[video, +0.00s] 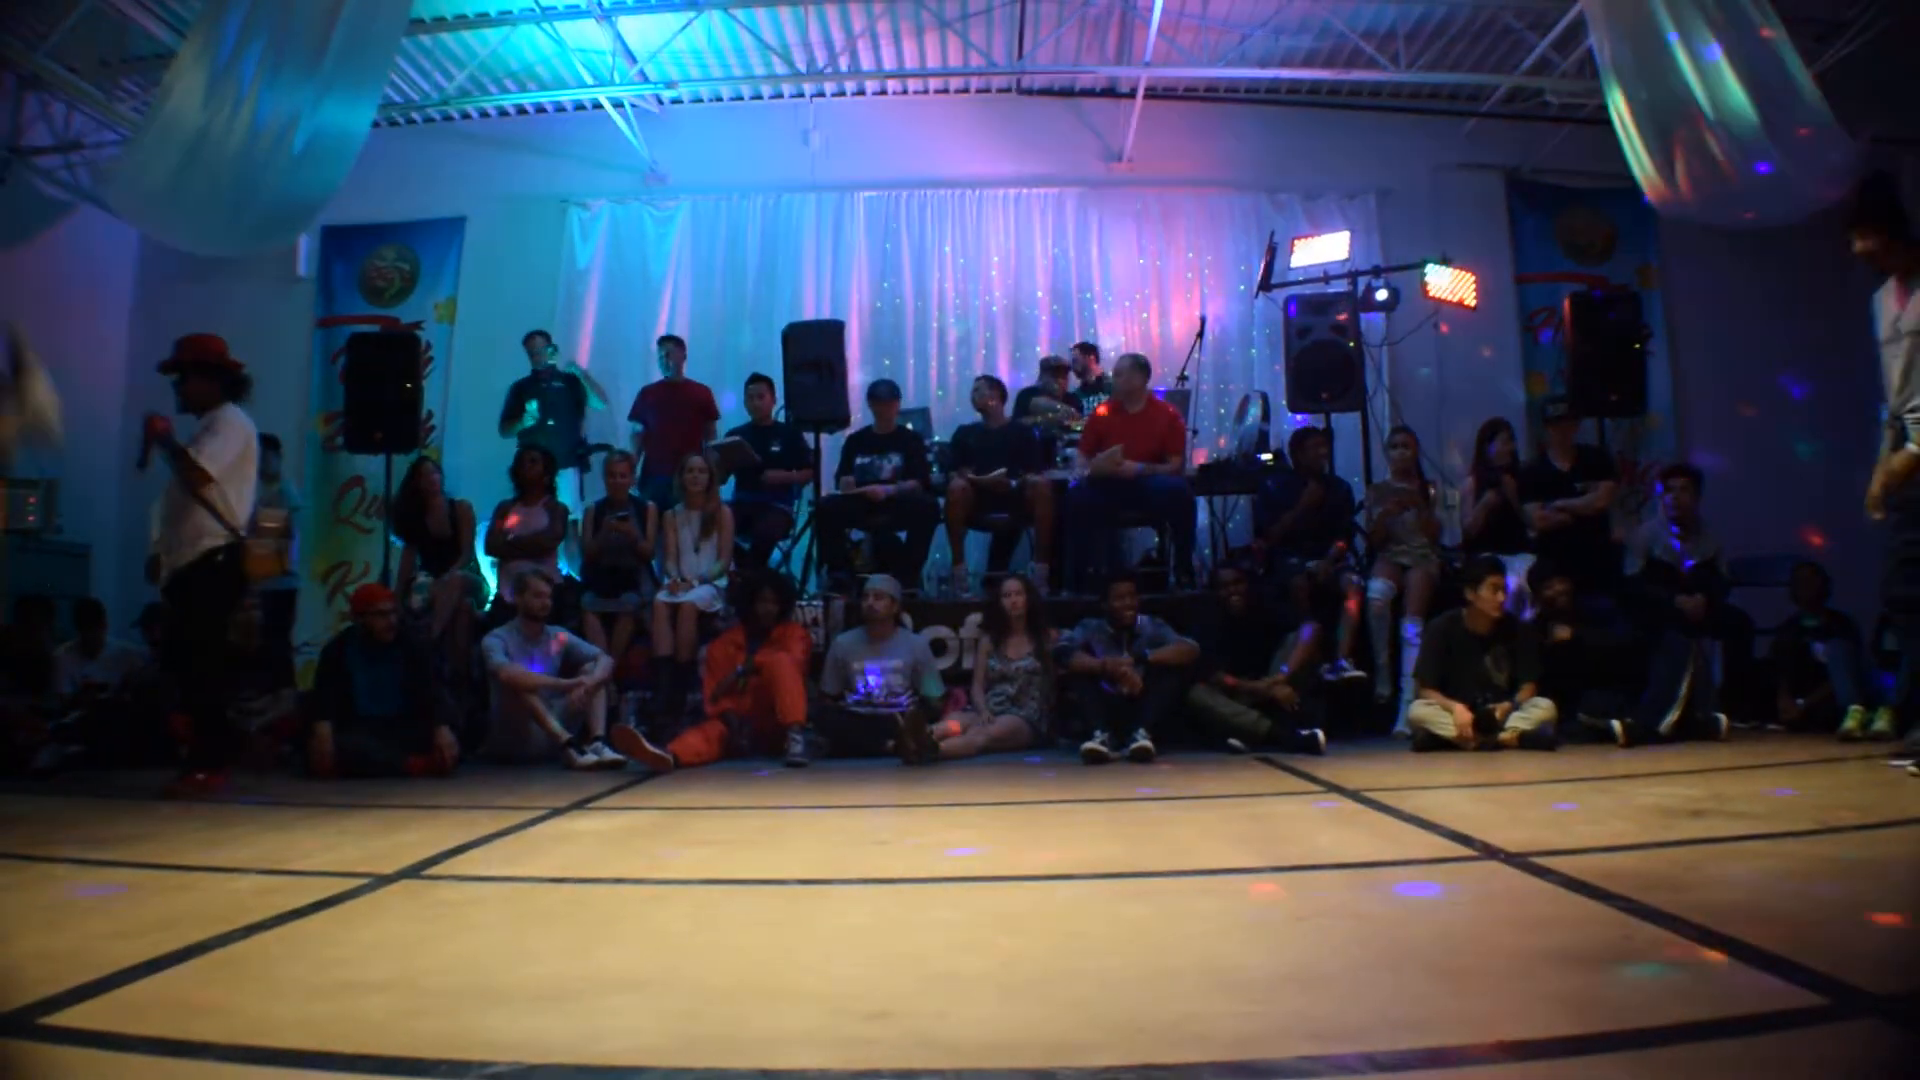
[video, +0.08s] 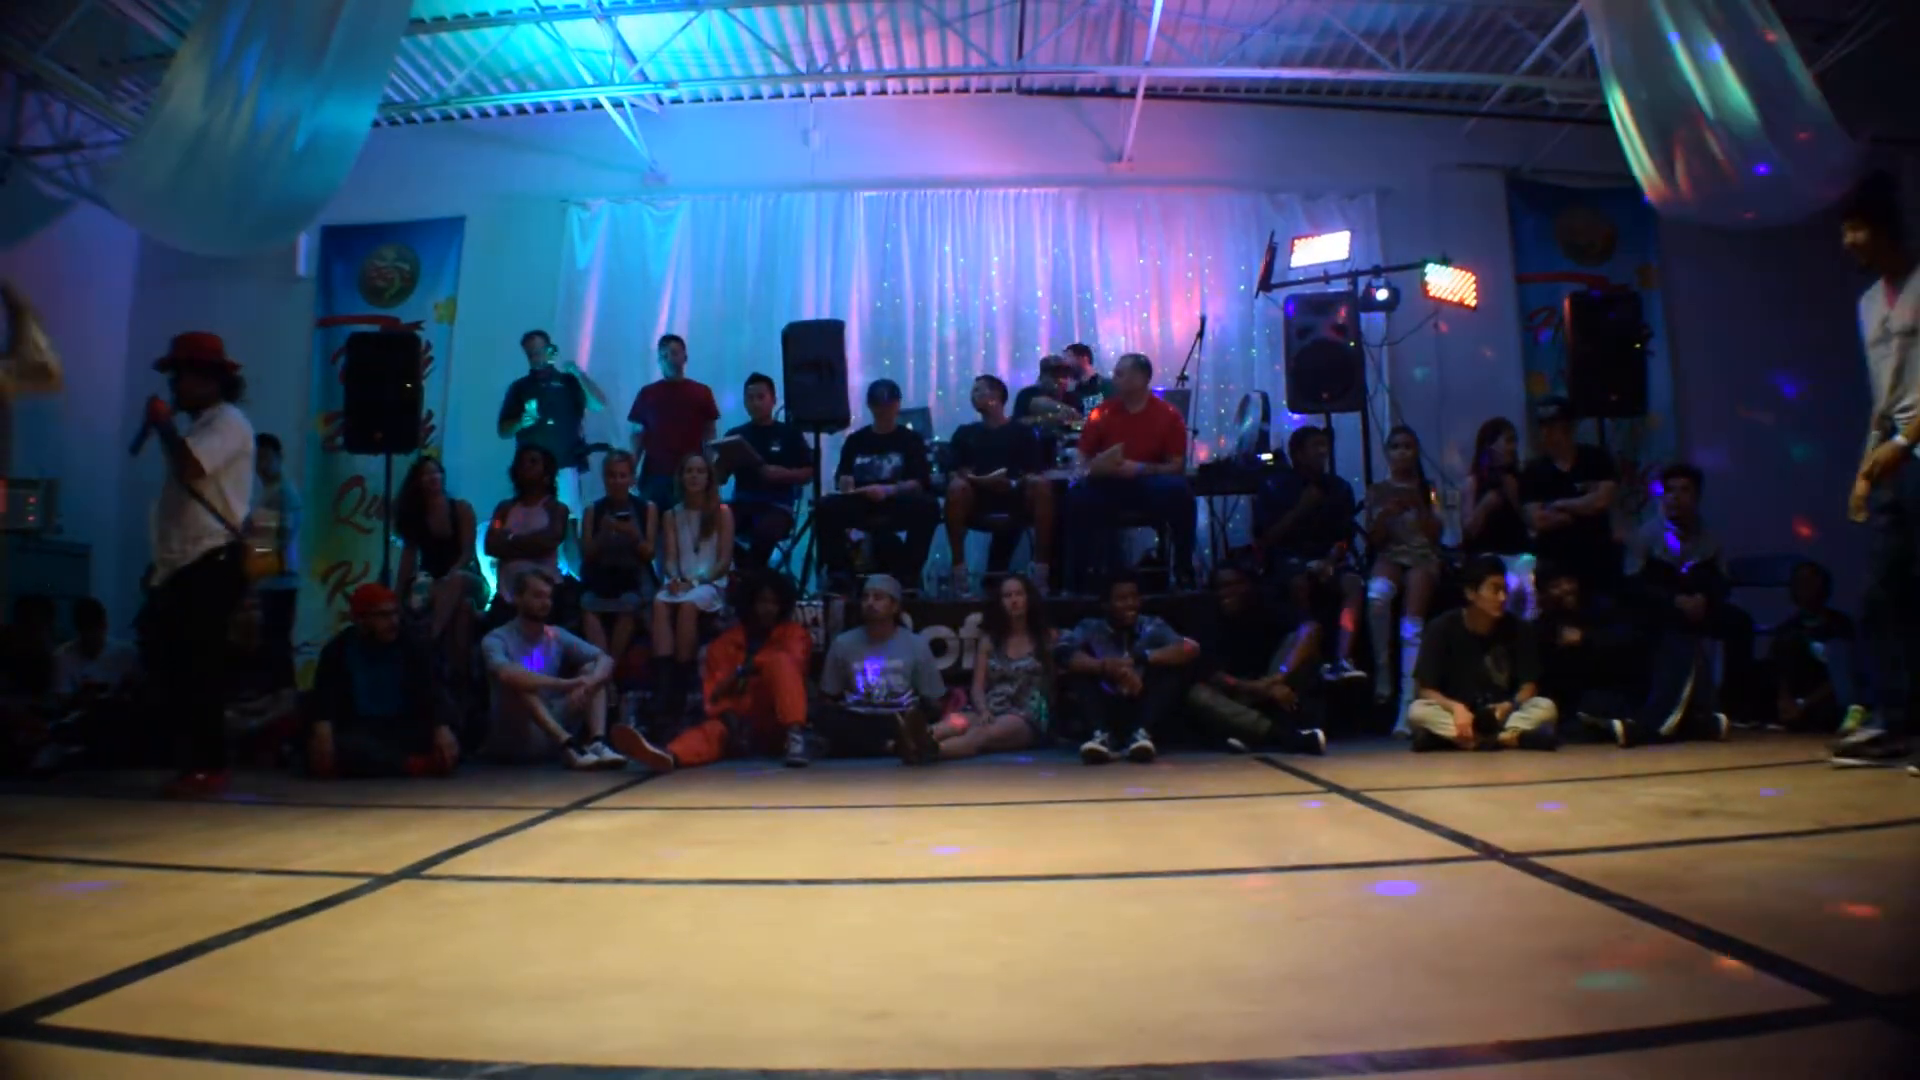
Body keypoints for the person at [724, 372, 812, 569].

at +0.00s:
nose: (754, 403)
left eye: (760, 397)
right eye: (750, 397)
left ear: (773, 400)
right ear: (745, 402)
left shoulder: (790, 434)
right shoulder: (735, 435)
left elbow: (808, 471)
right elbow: (721, 476)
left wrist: (782, 477)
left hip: (777, 504)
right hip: (742, 501)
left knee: (766, 533)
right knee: (718, 524)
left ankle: (753, 575)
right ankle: (744, 563)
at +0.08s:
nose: (755, 403)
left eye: (760, 397)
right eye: (750, 398)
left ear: (773, 400)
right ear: (744, 402)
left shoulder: (789, 433)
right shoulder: (735, 435)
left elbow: (808, 471)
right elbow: (719, 477)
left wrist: (781, 474)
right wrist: (728, 457)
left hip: (777, 504)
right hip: (743, 502)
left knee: (766, 532)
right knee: (718, 524)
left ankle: (754, 575)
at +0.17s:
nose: (755, 403)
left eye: (760, 397)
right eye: (750, 398)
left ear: (773, 400)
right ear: (745, 402)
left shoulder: (789, 433)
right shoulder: (735, 435)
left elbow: (807, 471)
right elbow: (719, 478)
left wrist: (775, 471)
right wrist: (727, 457)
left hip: (777, 503)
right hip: (743, 502)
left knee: (765, 533)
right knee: (718, 525)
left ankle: (753, 576)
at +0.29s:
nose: (755, 403)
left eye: (760, 397)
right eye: (750, 398)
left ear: (773, 400)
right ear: (744, 402)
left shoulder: (789, 433)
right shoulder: (736, 434)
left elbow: (805, 473)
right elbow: (720, 478)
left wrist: (771, 468)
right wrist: (728, 457)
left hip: (777, 504)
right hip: (743, 502)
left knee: (765, 533)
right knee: (719, 527)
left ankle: (753, 576)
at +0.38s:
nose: (755, 403)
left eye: (760, 397)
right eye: (750, 398)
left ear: (773, 400)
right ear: (744, 402)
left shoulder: (789, 433)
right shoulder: (736, 434)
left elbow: (804, 473)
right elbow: (720, 478)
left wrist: (771, 468)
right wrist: (727, 457)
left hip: (777, 504)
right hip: (743, 502)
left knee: (765, 532)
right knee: (717, 525)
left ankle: (753, 575)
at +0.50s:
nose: (754, 403)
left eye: (760, 397)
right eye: (750, 398)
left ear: (773, 400)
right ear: (744, 402)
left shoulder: (790, 433)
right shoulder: (736, 434)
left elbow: (804, 473)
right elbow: (719, 478)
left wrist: (773, 468)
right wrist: (727, 456)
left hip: (777, 504)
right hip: (743, 502)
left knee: (765, 533)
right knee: (719, 528)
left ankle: (754, 577)